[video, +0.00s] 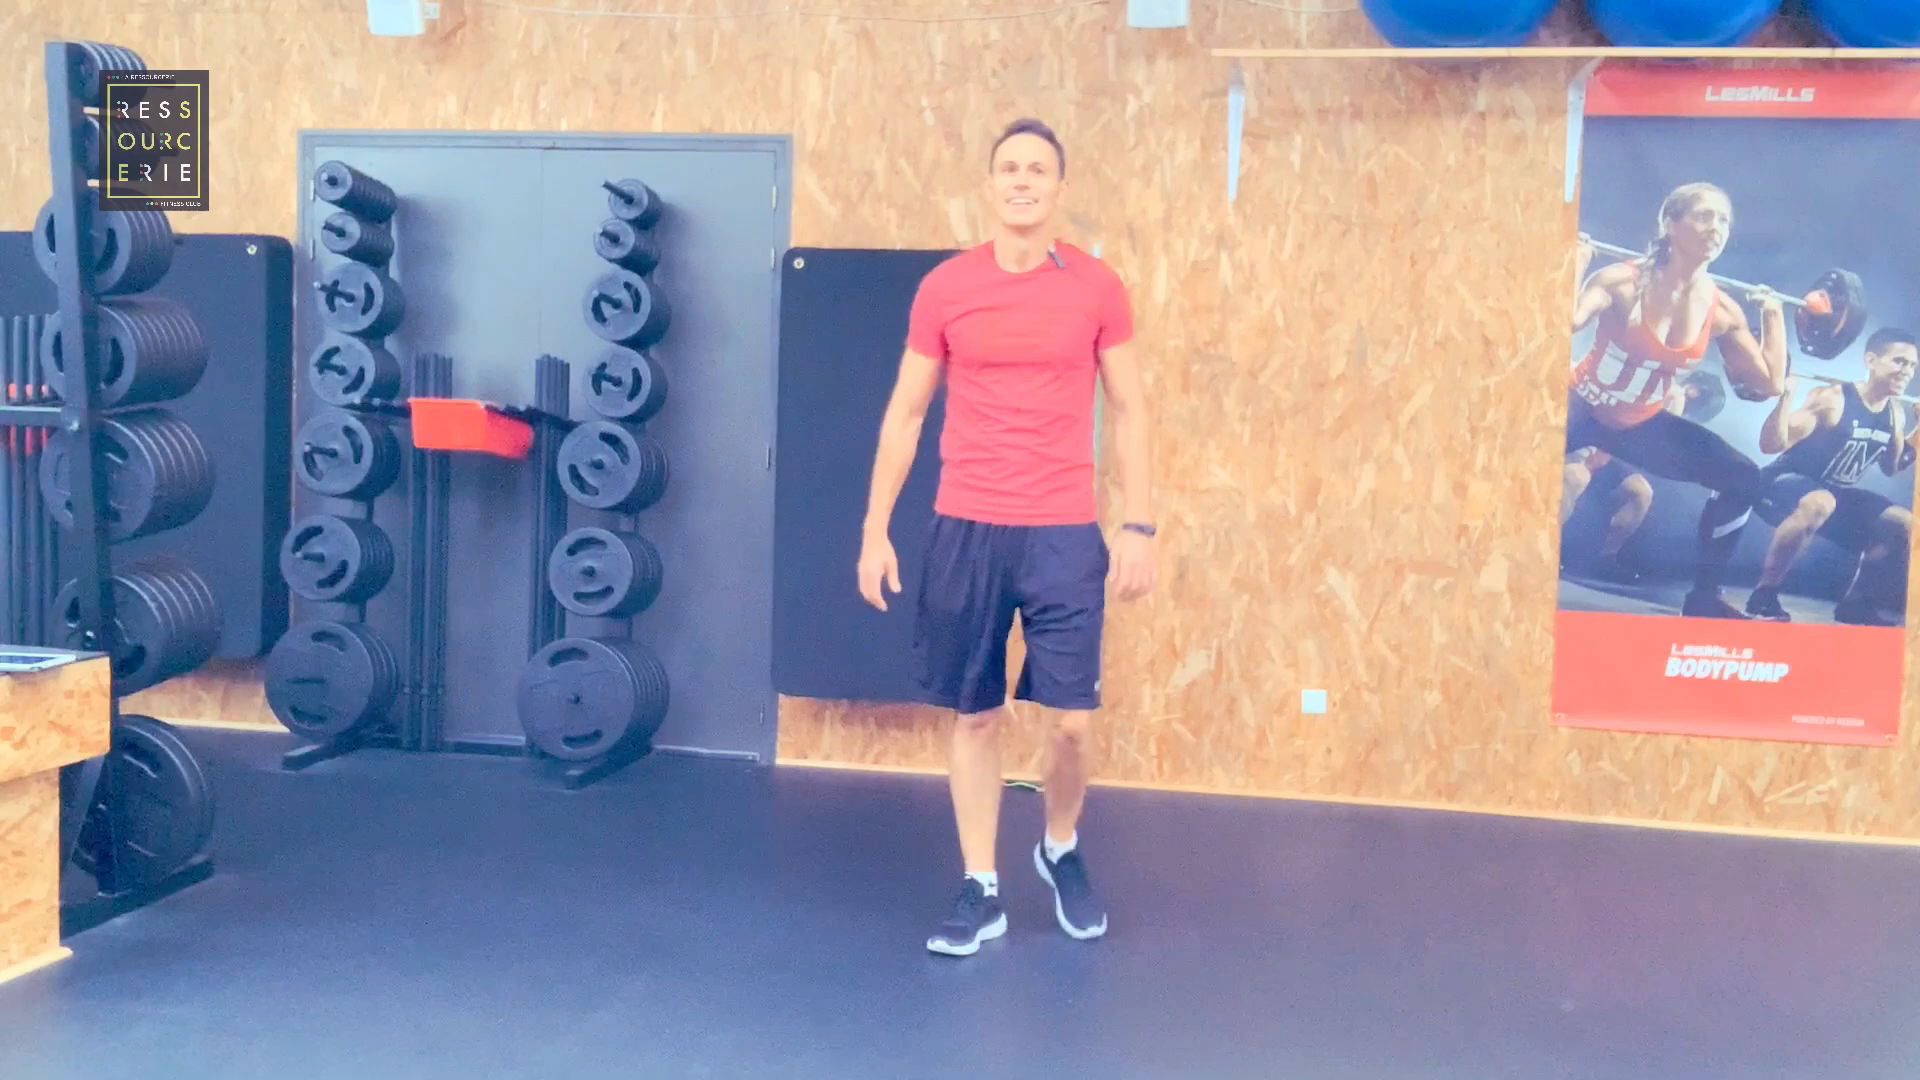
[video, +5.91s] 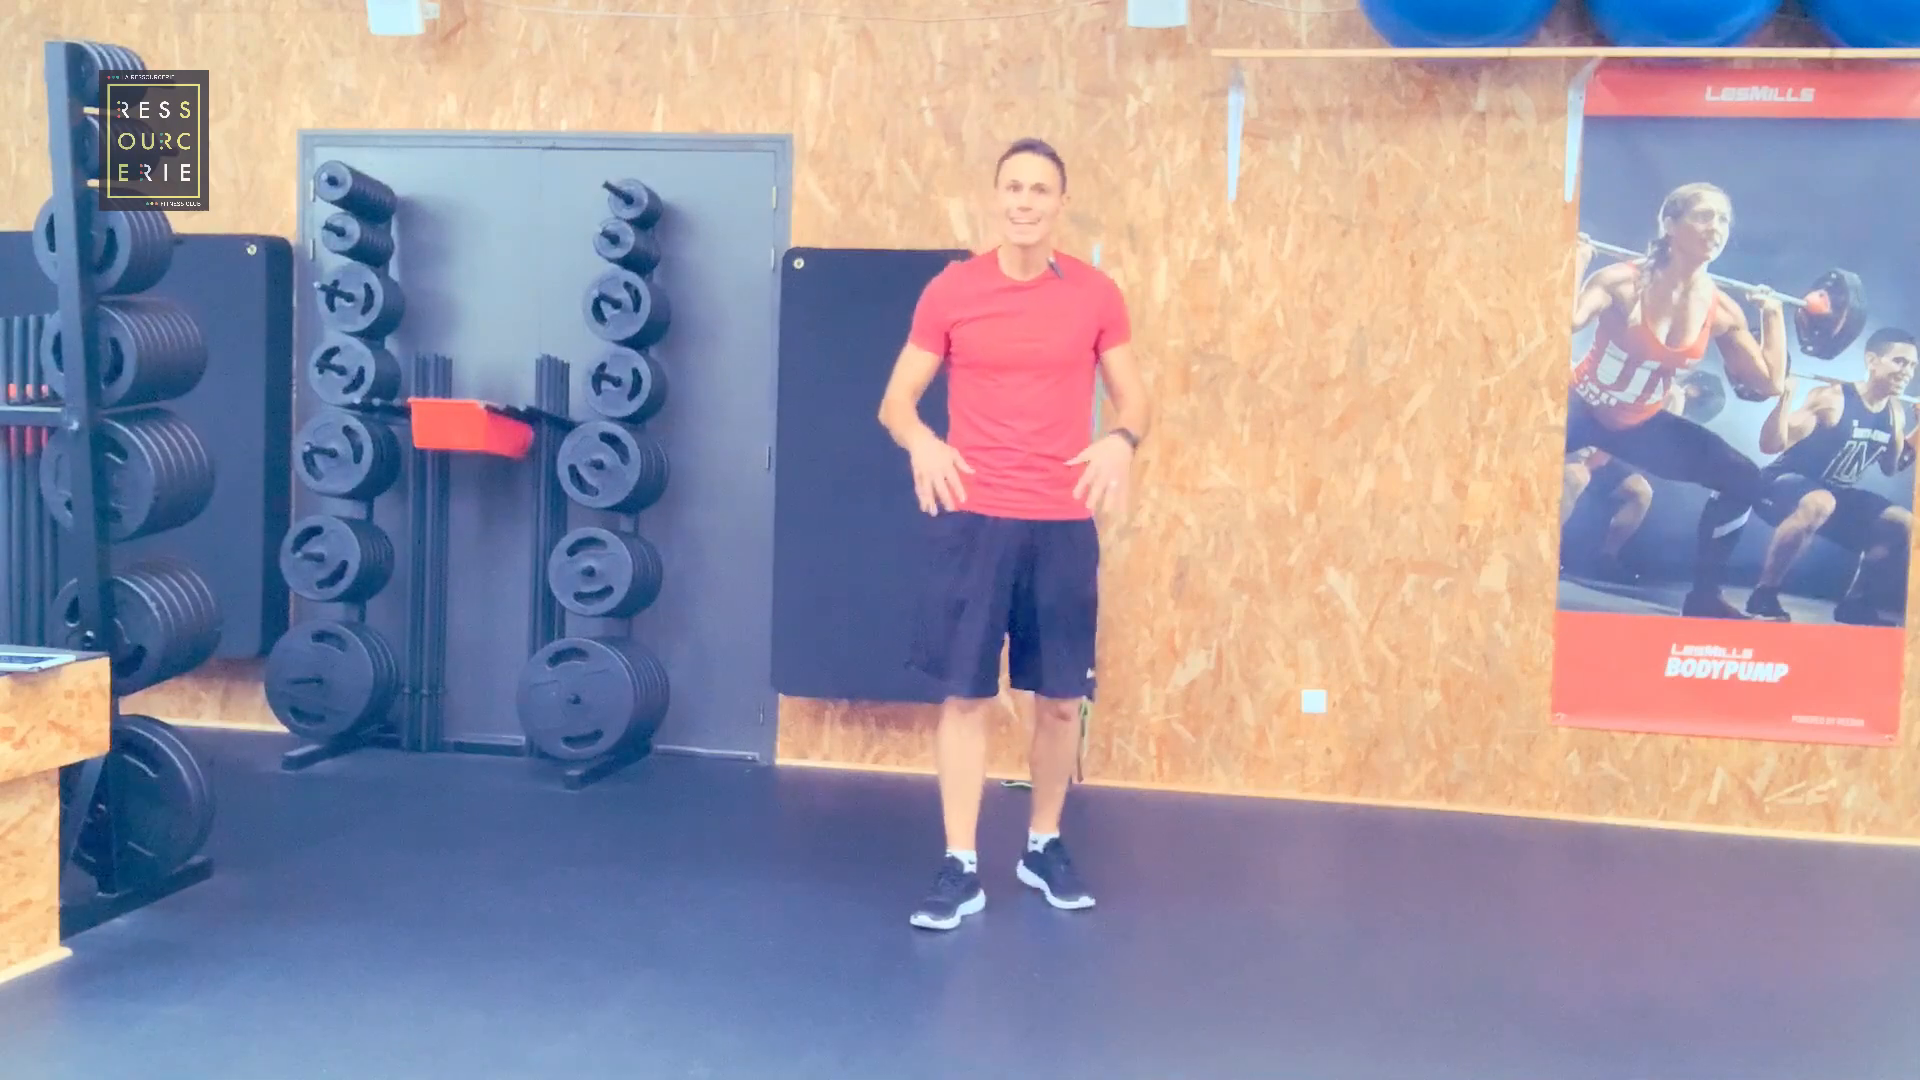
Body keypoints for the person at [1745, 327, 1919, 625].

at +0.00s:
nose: (1906, 371)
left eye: (1911, 365)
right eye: (1899, 361)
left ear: (1914, 371)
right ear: (1871, 361)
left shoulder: (1894, 412)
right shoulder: (1830, 398)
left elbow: (1891, 467)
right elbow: (1769, 444)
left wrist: (1912, 444)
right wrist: (1785, 395)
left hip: (1839, 495)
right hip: (1785, 482)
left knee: (1906, 524)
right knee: (1821, 502)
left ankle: (1854, 603)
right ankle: (1763, 596)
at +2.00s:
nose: (1906, 371)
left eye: (1911, 365)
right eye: (1899, 361)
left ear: (1914, 371)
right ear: (1871, 361)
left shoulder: (1894, 413)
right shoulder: (1830, 398)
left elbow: (1891, 467)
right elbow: (1769, 444)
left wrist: (1910, 443)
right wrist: (1785, 395)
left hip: (1839, 495)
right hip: (1786, 481)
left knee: (1906, 525)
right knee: (1820, 503)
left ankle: (1855, 604)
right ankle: (1764, 596)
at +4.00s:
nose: (1906, 371)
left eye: (1911, 365)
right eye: (1899, 361)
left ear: (1914, 371)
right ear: (1871, 361)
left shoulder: (1894, 412)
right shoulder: (1830, 398)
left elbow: (1892, 467)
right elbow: (1769, 444)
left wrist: (1912, 442)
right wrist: (1785, 395)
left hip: (1839, 495)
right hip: (1785, 482)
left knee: (1905, 525)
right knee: (1821, 502)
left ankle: (1855, 605)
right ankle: (1764, 596)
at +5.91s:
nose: (1906, 372)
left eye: (1911, 365)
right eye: (1899, 361)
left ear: (1913, 371)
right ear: (1872, 361)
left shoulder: (1894, 411)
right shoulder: (1831, 397)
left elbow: (1891, 466)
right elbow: (1769, 444)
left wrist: (1912, 442)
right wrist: (1785, 397)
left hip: (1838, 495)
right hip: (1785, 482)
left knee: (1905, 524)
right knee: (1820, 502)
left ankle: (1854, 604)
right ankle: (1764, 596)